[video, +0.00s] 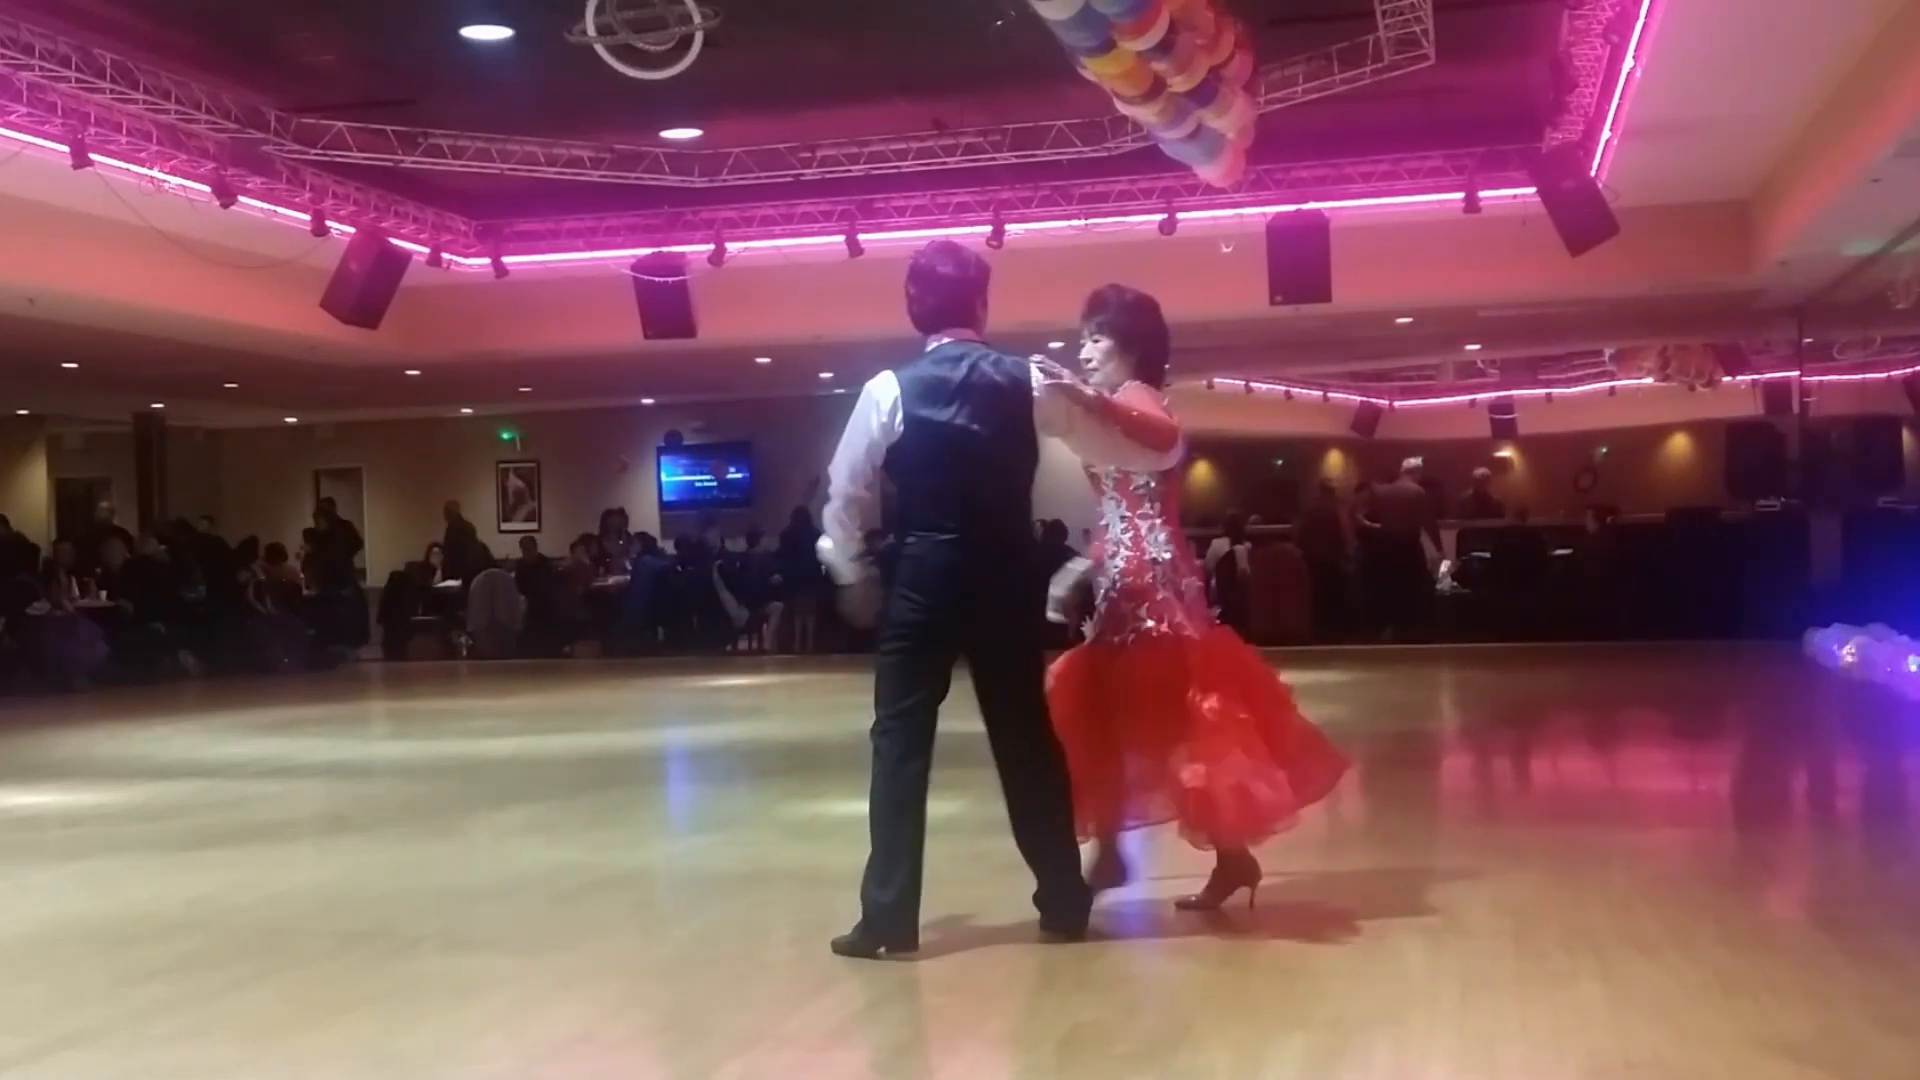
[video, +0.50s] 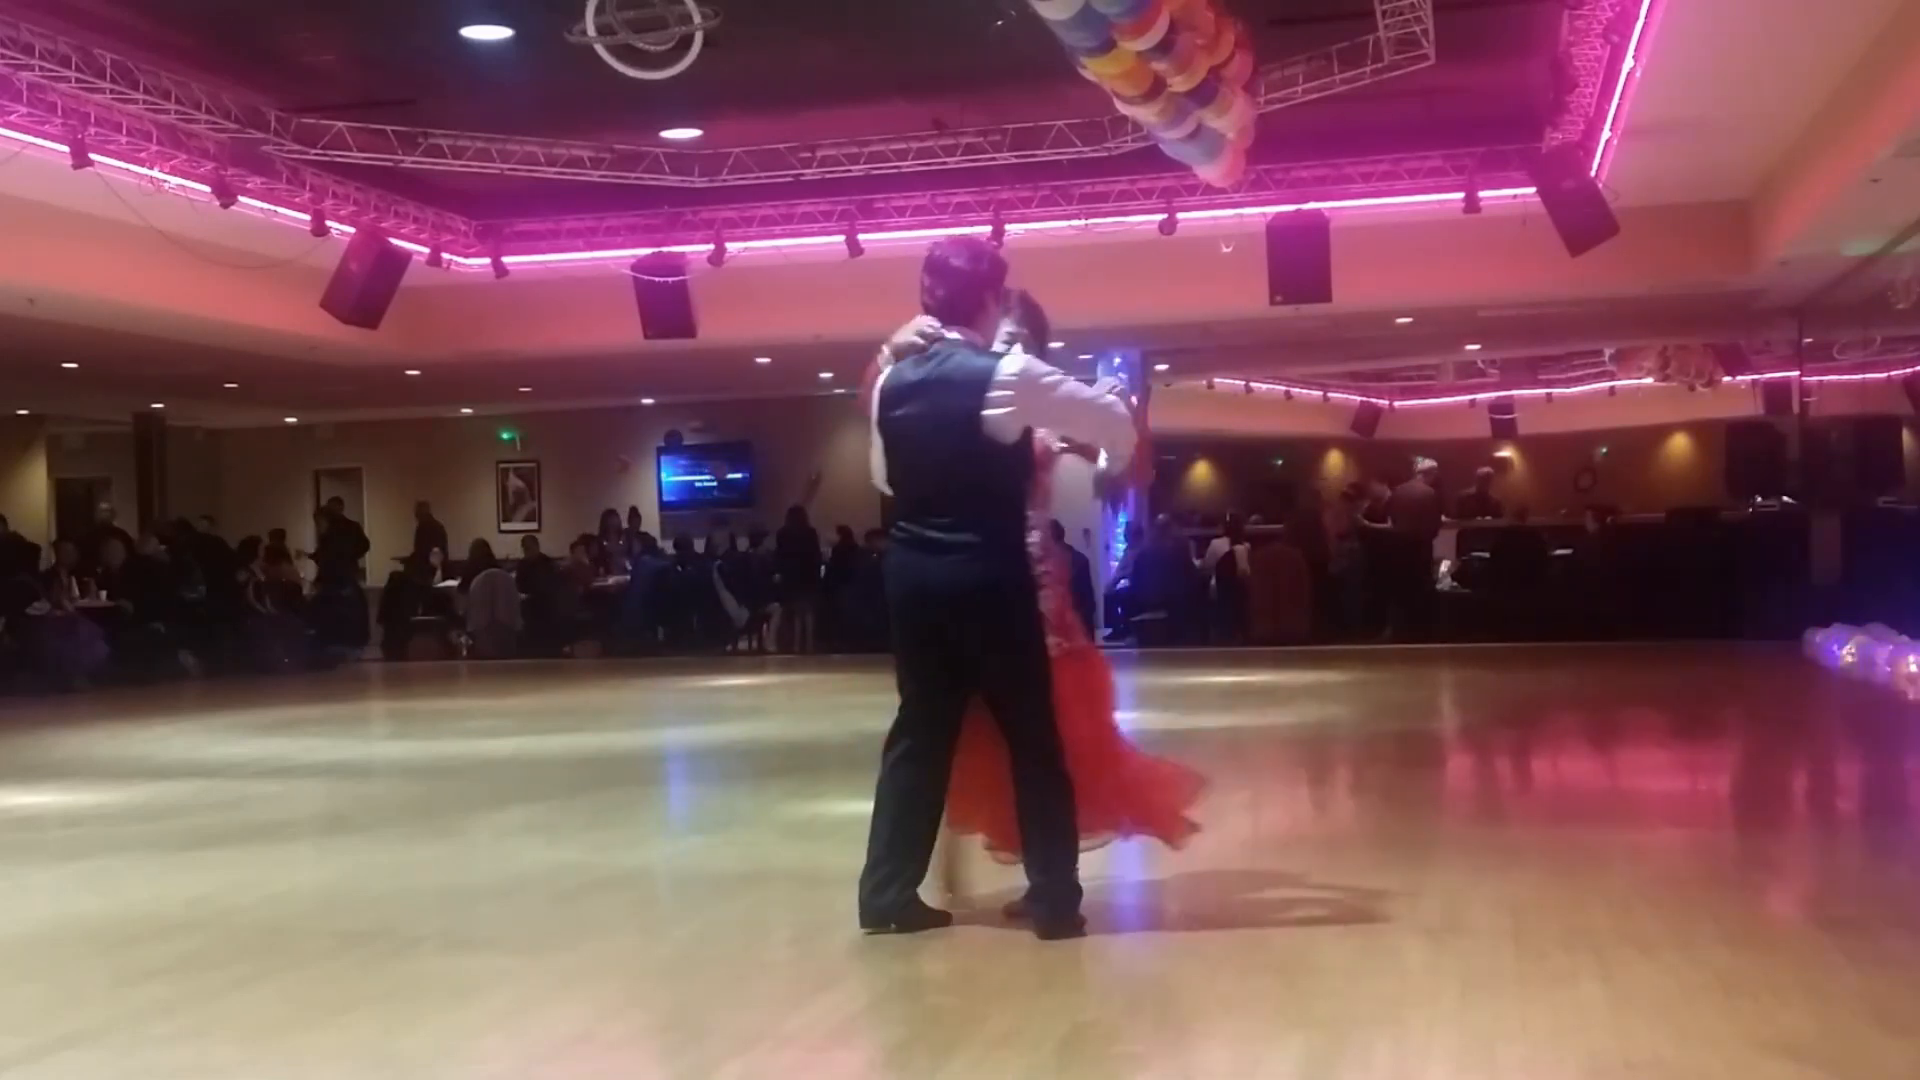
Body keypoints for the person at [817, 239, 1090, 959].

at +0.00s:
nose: (917, 310)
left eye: (915, 299)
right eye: (982, 299)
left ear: (914, 308)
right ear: (982, 304)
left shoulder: (889, 388)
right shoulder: (1031, 382)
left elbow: (847, 490)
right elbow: (1094, 466)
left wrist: (853, 569)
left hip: (922, 578)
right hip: (1007, 577)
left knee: (899, 737)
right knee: (1025, 732)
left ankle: (888, 917)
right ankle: (1064, 903)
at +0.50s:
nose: (1006, 308)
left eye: (1002, 296)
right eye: (1001, 296)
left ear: (926, 301)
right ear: (992, 300)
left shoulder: (891, 378)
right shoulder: (1011, 373)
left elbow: (884, 476)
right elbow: (1117, 426)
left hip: (913, 565)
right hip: (990, 568)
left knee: (920, 726)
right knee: (1032, 731)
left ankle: (886, 895)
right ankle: (1055, 902)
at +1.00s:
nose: (966, 312)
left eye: (964, 300)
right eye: (964, 300)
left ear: (895, 298)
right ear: (954, 301)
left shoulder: (858, 376)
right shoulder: (951, 370)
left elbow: (801, 469)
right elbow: (1048, 374)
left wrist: (829, 520)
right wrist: (1157, 357)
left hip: (870, 559)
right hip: (924, 562)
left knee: (903, 726)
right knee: (890, 726)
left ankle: (887, 894)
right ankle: (790, 877)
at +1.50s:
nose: (944, 316)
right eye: (946, 305)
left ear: (881, 305)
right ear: (947, 309)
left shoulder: (842, 389)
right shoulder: (962, 384)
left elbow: (785, 479)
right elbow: (1047, 446)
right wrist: (1111, 475)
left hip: (860, 571)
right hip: (932, 574)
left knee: (880, 730)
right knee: (952, 735)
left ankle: (880, 895)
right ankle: (901, 894)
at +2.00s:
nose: (887, 311)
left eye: (890, 302)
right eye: (891, 301)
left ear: (902, 306)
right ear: (963, 309)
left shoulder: (886, 375)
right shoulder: (998, 385)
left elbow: (848, 473)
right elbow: (1032, 486)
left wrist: (819, 554)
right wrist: (1002, 538)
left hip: (897, 569)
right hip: (976, 567)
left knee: (869, 733)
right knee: (969, 738)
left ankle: (847, 897)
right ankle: (999, 900)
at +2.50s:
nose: (863, 309)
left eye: (868, 296)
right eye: (866, 295)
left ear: (890, 303)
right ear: (938, 300)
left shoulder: (897, 375)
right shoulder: (973, 371)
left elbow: (839, 465)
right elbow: (1033, 458)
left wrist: (759, 513)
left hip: (917, 588)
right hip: (968, 579)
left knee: (909, 750)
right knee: (952, 742)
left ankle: (925, 919)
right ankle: (1011, 892)